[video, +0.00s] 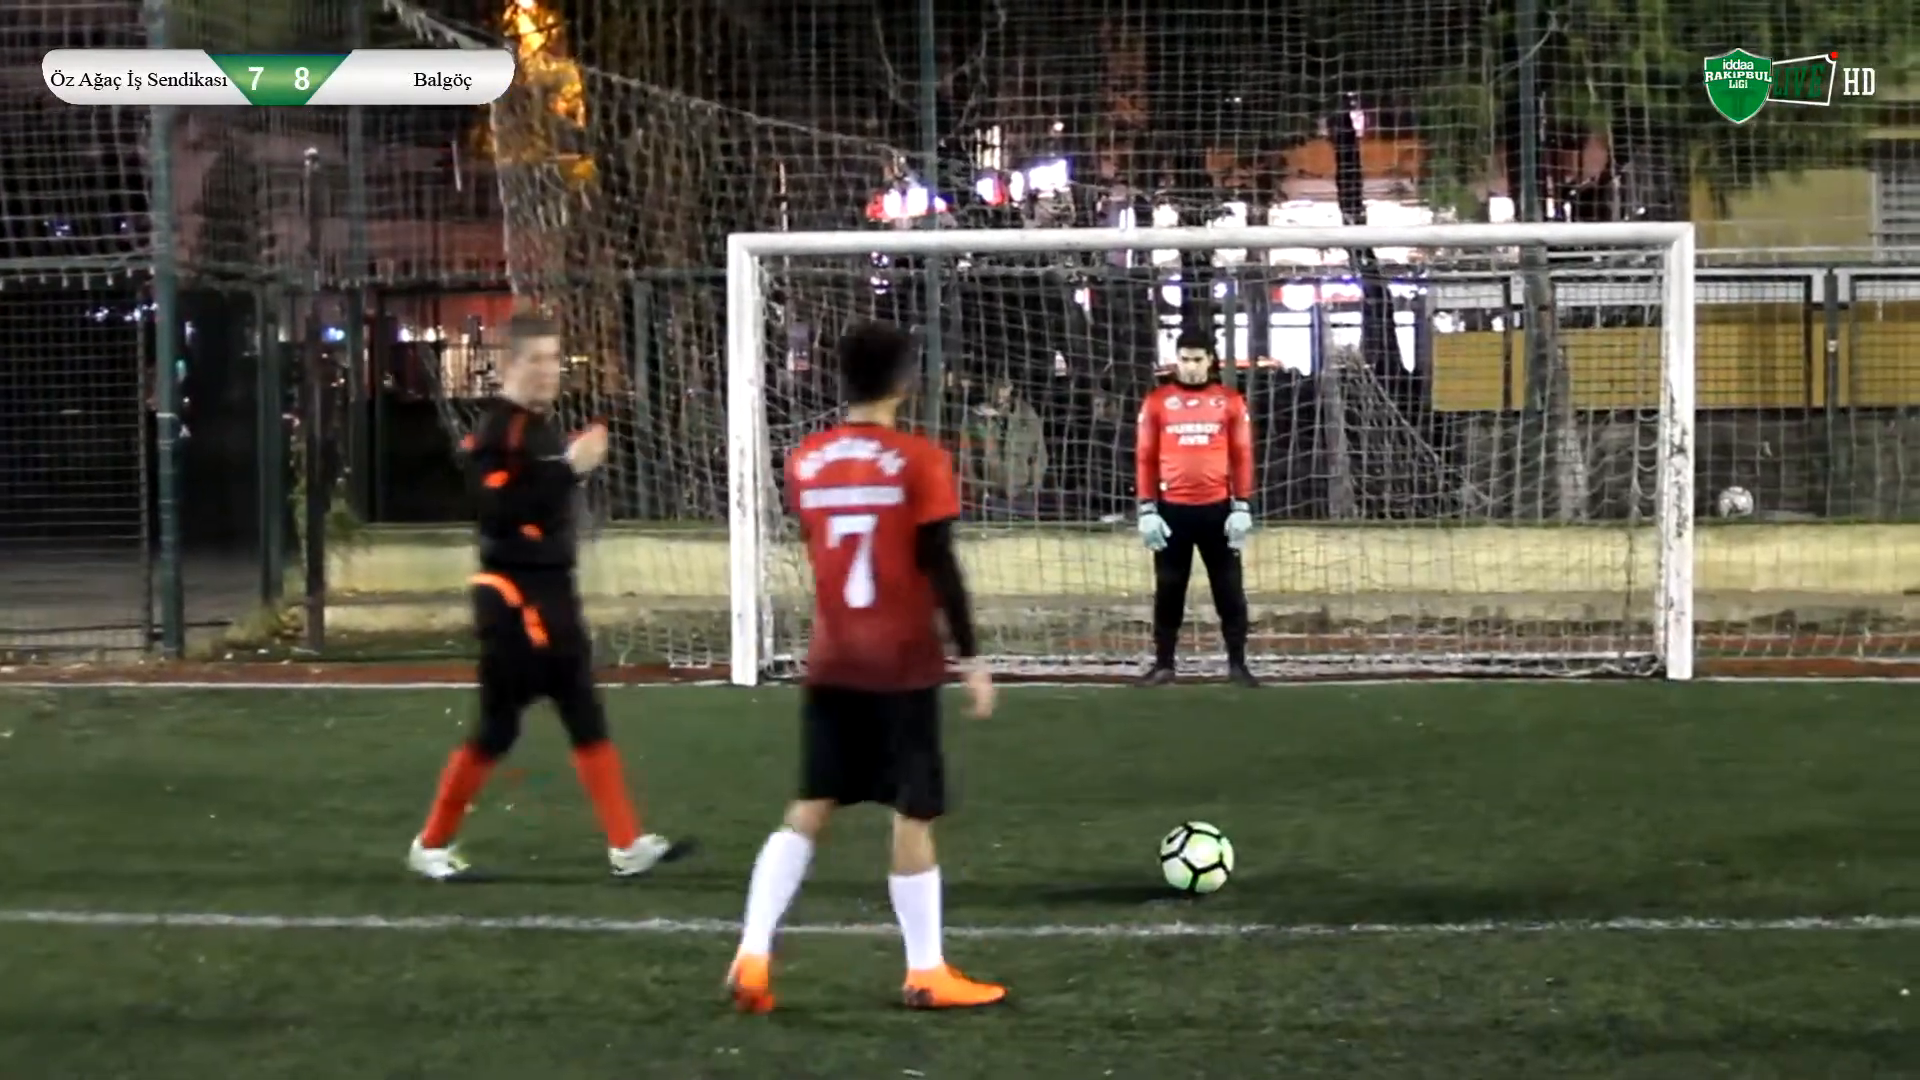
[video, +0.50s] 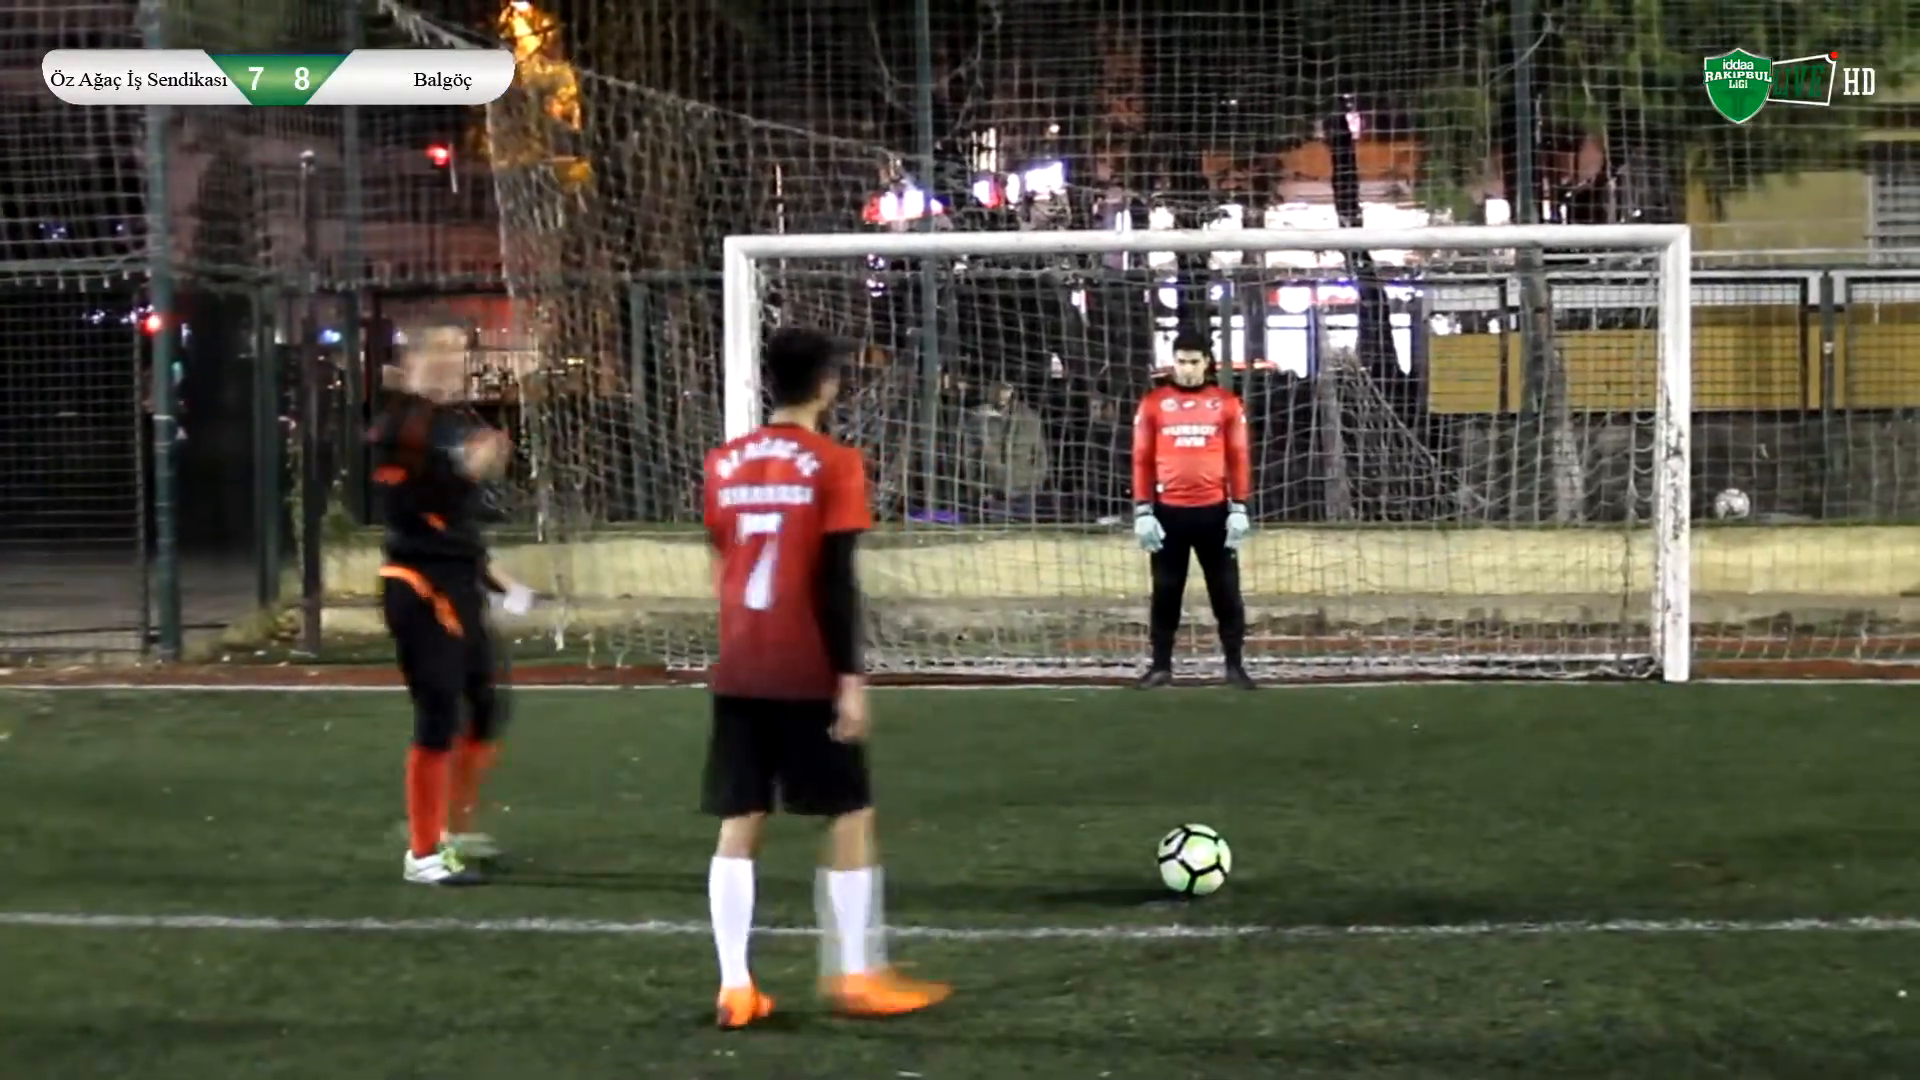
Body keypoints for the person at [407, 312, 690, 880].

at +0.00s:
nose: (550, 371)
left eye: (555, 360)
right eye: (538, 360)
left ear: (557, 366)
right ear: (508, 366)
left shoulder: (544, 428)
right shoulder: (497, 428)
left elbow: (540, 502)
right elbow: (493, 501)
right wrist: (570, 465)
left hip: (549, 586)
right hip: (510, 587)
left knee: (585, 712)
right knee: (497, 726)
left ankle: (628, 842)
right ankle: (432, 844)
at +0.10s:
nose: (528, 374)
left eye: (533, 362)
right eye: (516, 363)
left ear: (538, 370)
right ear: (487, 367)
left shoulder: (516, 431)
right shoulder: (479, 431)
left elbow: (506, 503)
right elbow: (471, 501)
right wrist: (541, 470)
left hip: (510, 592)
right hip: (485, 593)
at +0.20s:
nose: (505, 373)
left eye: (510, 361)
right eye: (494, 361)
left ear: (514, 367)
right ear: (464, 365)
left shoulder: (498, 428)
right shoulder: (450, 425)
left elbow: (493, 509)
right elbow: (445, 504)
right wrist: (520, 476)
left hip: (498, 593)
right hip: (459, 594)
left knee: (544, 711)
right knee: (465, 722)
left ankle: (575, 839)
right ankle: (422, 851)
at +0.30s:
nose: (490, 371)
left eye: (494, 358)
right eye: (478, 359)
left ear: (495, 363)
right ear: (447, 362)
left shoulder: (481, 428)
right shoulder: (434, 424)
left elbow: (479, 518)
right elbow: (426, 504)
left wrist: (503, 592)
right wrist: (501, 476)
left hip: (483, 587)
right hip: (442, 585)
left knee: (529, 705)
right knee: (456, 715)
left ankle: (533, 834)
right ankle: (424, 850)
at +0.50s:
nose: (451, 366)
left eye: (456, 354)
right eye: (439, 353)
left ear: (463, 361)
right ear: (411, 360)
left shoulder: (453, 426)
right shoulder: (400, 423)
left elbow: (456, 526)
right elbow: (393, 502)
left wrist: (495, 580)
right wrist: (466, 470)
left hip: (456, 578)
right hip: (414, 577)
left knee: (484, 704)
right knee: (439, 708)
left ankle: (451, 829)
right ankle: (423, 851)